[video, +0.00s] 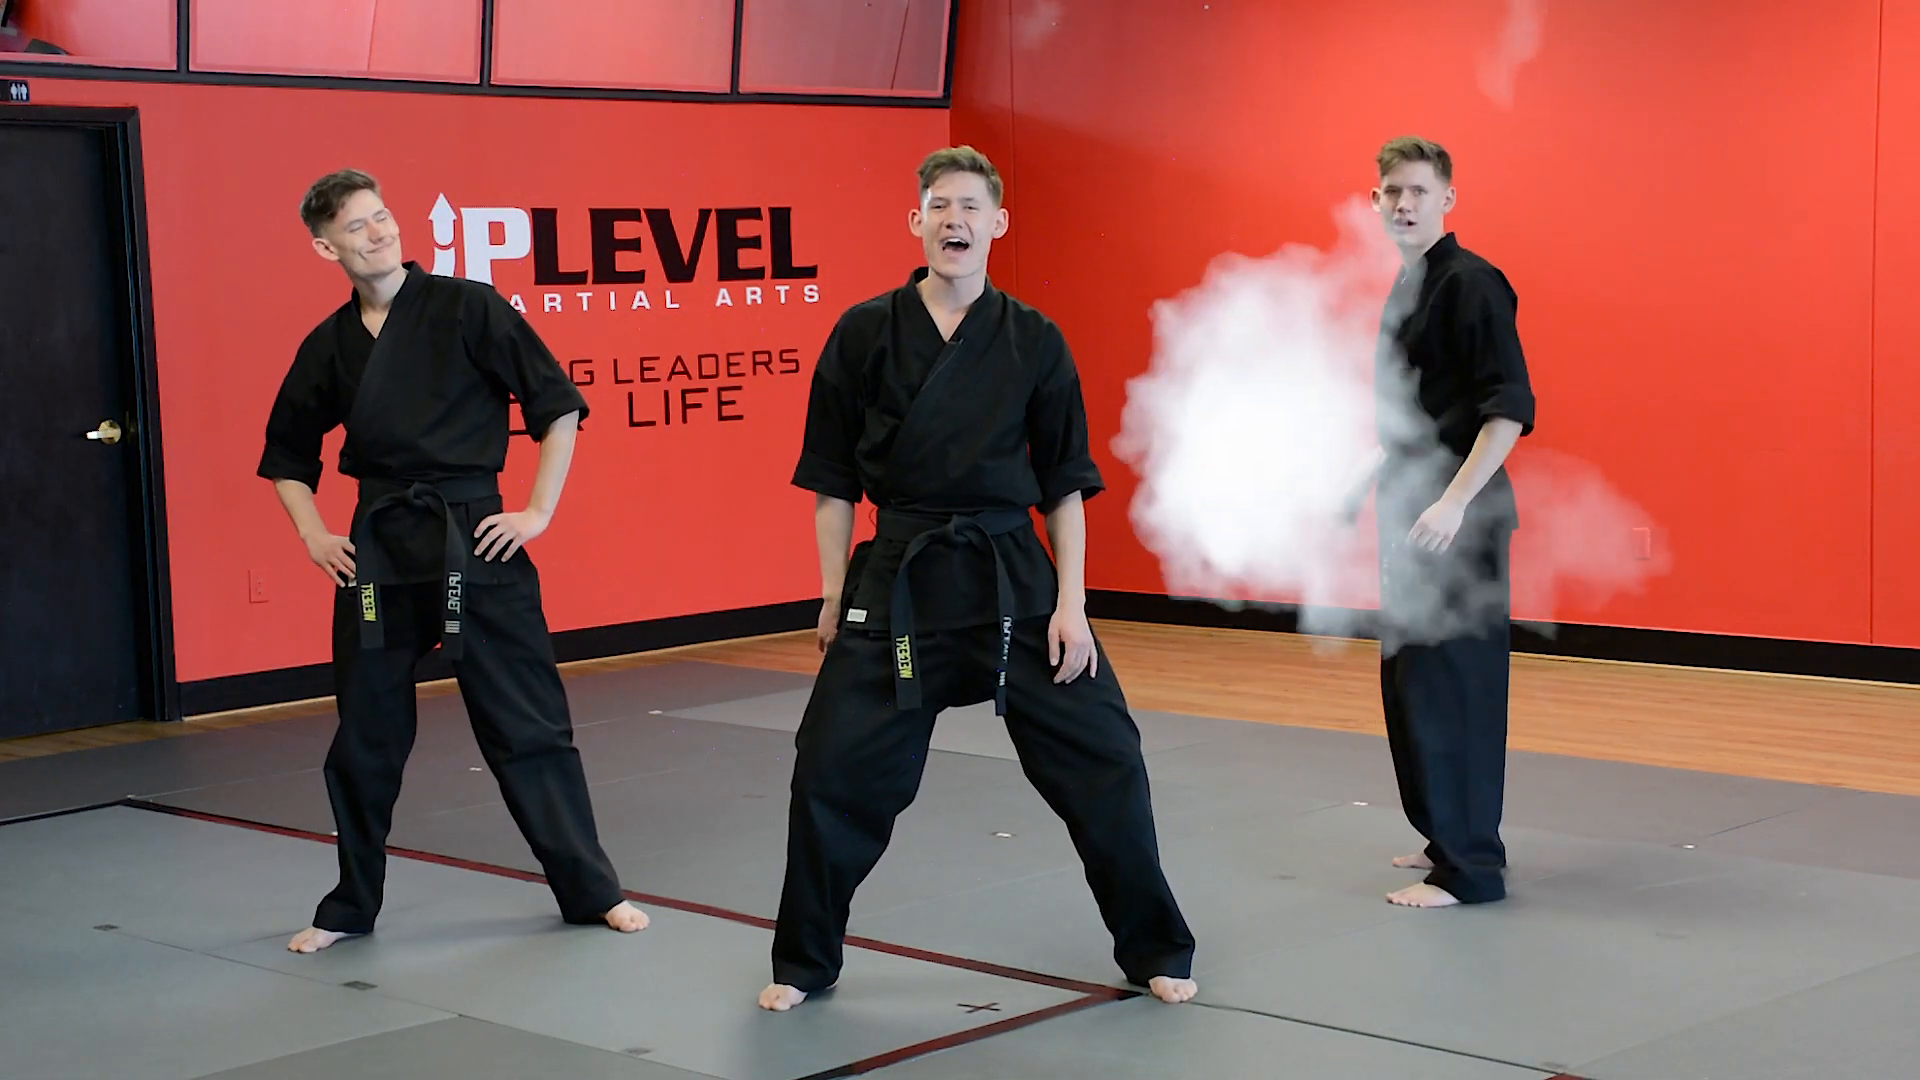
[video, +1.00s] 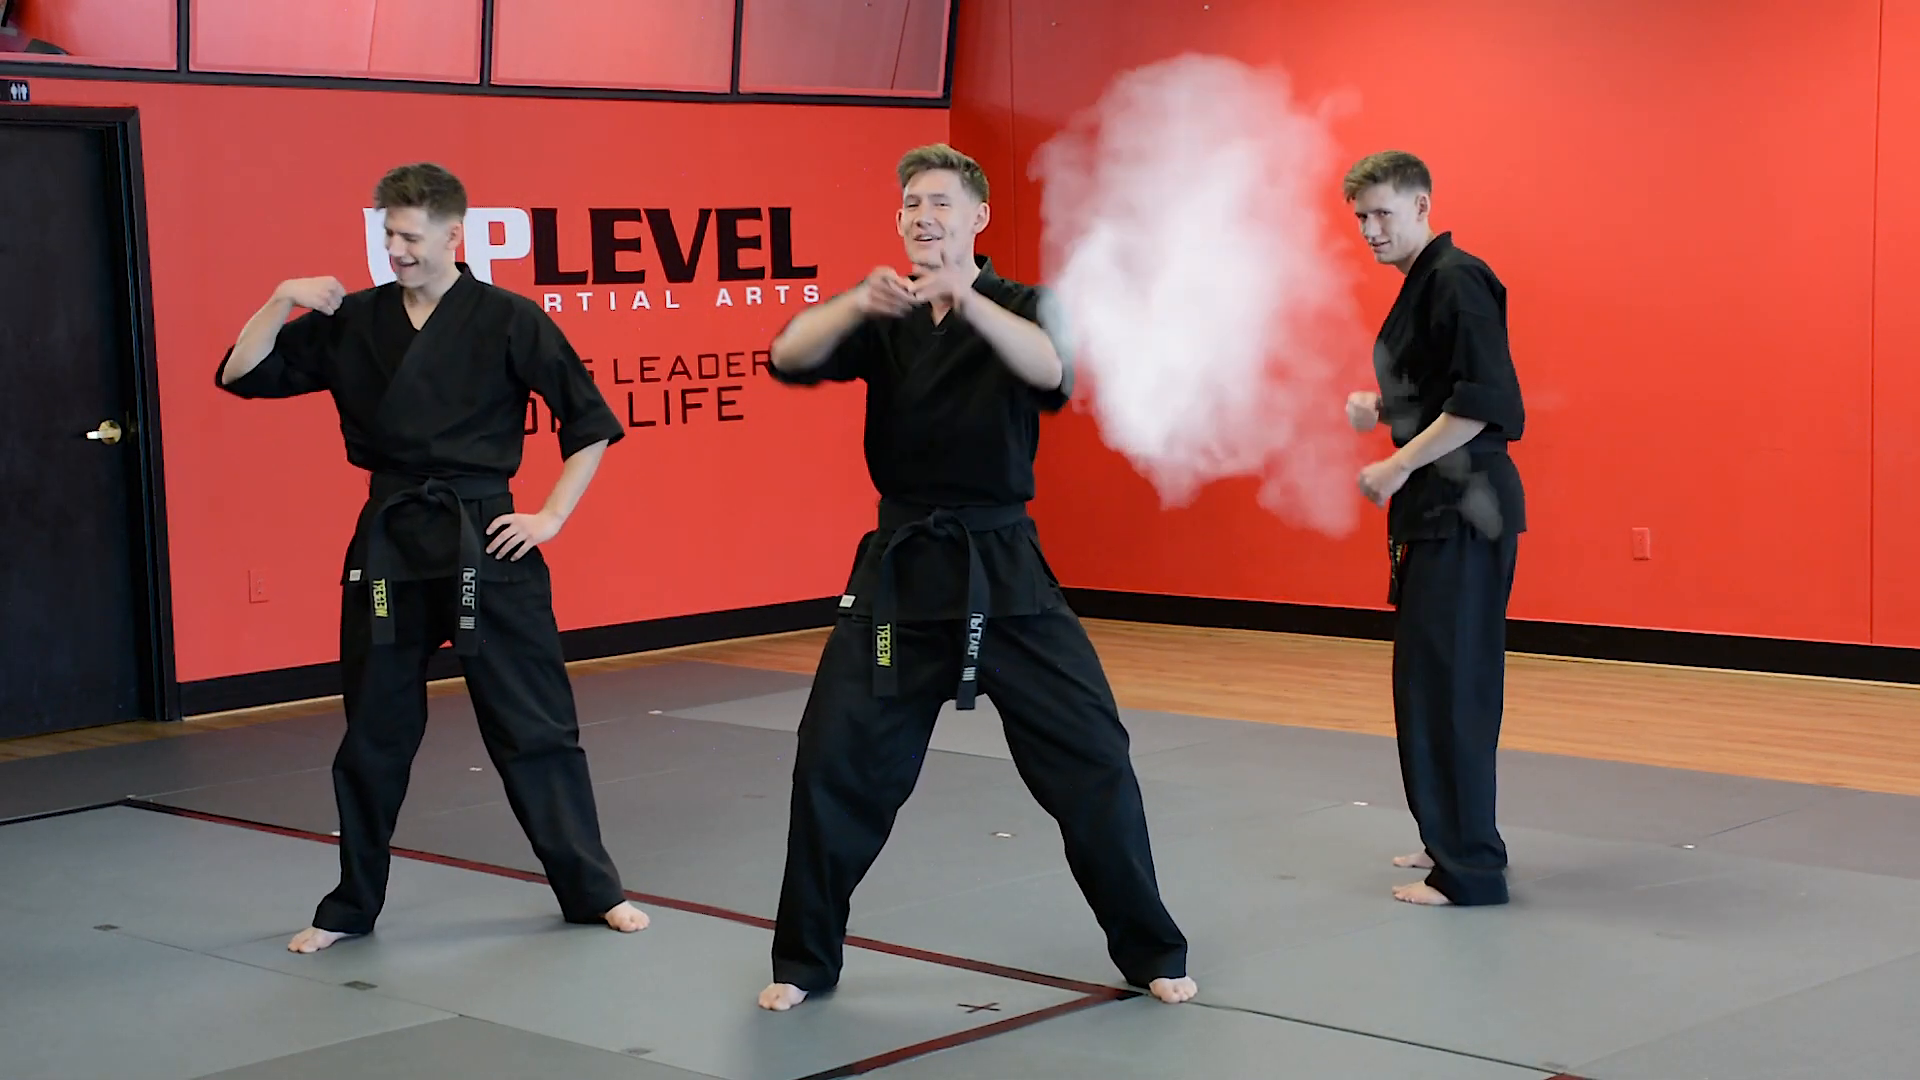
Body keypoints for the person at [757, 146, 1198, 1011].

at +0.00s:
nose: (956, 218)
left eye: (972, 206)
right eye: (941, 205)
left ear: (999, 224)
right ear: (916, 223)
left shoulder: (1033, 339)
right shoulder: (863, 334)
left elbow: (1064, 481)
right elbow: (834, 480)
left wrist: (1071, 603)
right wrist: (833, 598)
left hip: (1013, 578)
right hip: (897, 580)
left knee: (1106, 759)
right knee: (832, 766)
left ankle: (1154, 948)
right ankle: (805, 960)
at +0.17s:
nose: (953, 218)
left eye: (969, 206)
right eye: (938, 207)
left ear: (998, 223)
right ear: (915, 227)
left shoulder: (1034, 340)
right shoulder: (864, 335)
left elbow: (1066, 482)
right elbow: (832, 481)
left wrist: (1074, 599)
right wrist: (826, 601)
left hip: (1014, 578)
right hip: (898, 581)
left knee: (1106, 759)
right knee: (832, 765)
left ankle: (1154, 948)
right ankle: (805, 960)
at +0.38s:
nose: (948, 218)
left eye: (964, 205)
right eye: (933, 207)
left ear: (996, 220)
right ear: (913, 226)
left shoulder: (1036, 339)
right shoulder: (865, 332)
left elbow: (1074, 467)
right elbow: (812, 455)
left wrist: (1060, 563)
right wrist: (798, 557)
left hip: (1014, 573)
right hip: (898, 576)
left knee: (1105, 757)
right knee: (831, 767)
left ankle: (1153, 949)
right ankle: (804, 960)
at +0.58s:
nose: (940, 218)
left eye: (957, 205)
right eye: (927, 208)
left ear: (992, 220)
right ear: (909, 227)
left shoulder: (1034, 333)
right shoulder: (865, 326)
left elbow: (1042, 465)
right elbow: (838, 444)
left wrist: (958, 476)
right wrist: (901, 462)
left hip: (1011, 575)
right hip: (898, 579)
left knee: (1103, 753)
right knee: (830, 764)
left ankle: (1153, 948)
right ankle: (804, 960)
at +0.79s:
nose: (934, 217)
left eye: (950, 204)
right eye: (921, 205)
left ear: (986, 219)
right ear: (905, 224)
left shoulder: (1028, 320)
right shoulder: (868, 319)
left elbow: (1041, 428)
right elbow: (822, 410)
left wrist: (964, 376)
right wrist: (899, 373)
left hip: (1009, 566)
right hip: (898, 568)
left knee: (1099, 753)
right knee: (831, 761)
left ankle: (1152, 950)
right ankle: (805, 961)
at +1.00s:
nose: (924, 218)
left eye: (941, 204)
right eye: (913, 205)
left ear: (979, 218)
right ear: (899, 222)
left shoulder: (1024, 306)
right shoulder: (878, 316)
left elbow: (1052, 375)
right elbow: (787, 357)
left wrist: (969, 302)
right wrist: (854, 307)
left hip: (1009, 566)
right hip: (901, 567)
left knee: (1095, 757)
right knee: (833, 763)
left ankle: (1151, 952)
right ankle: (805, 960)